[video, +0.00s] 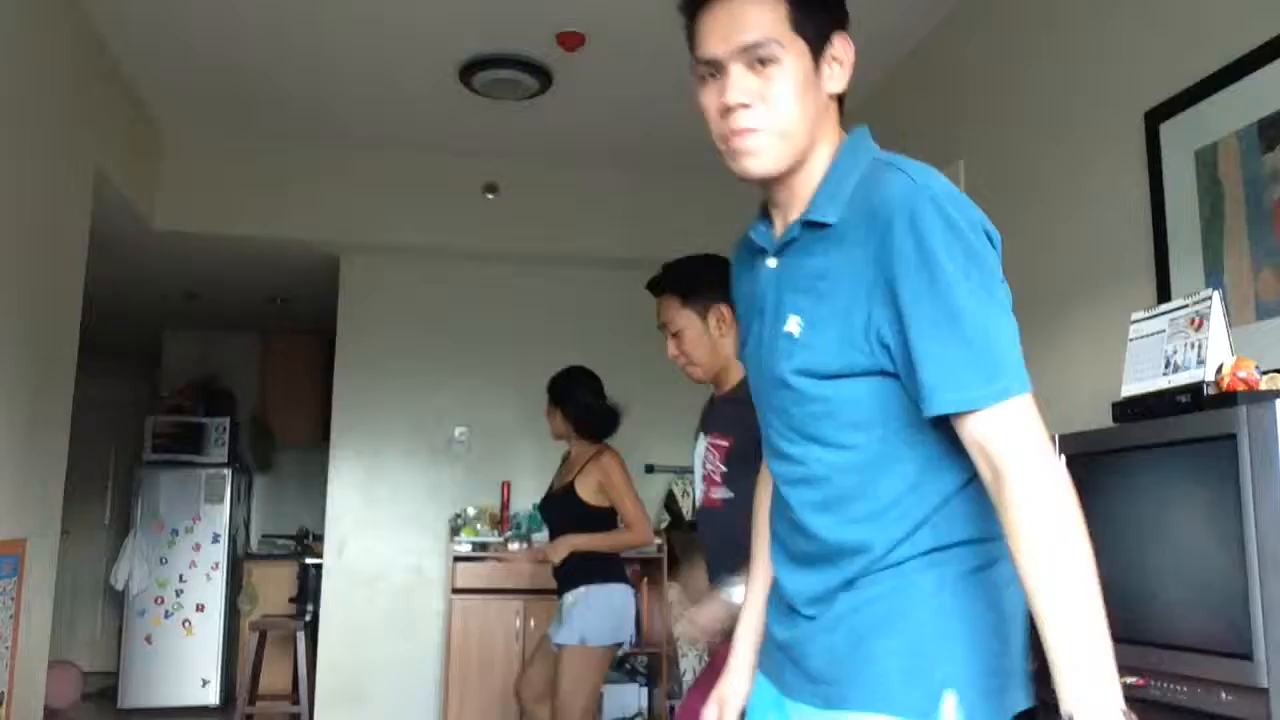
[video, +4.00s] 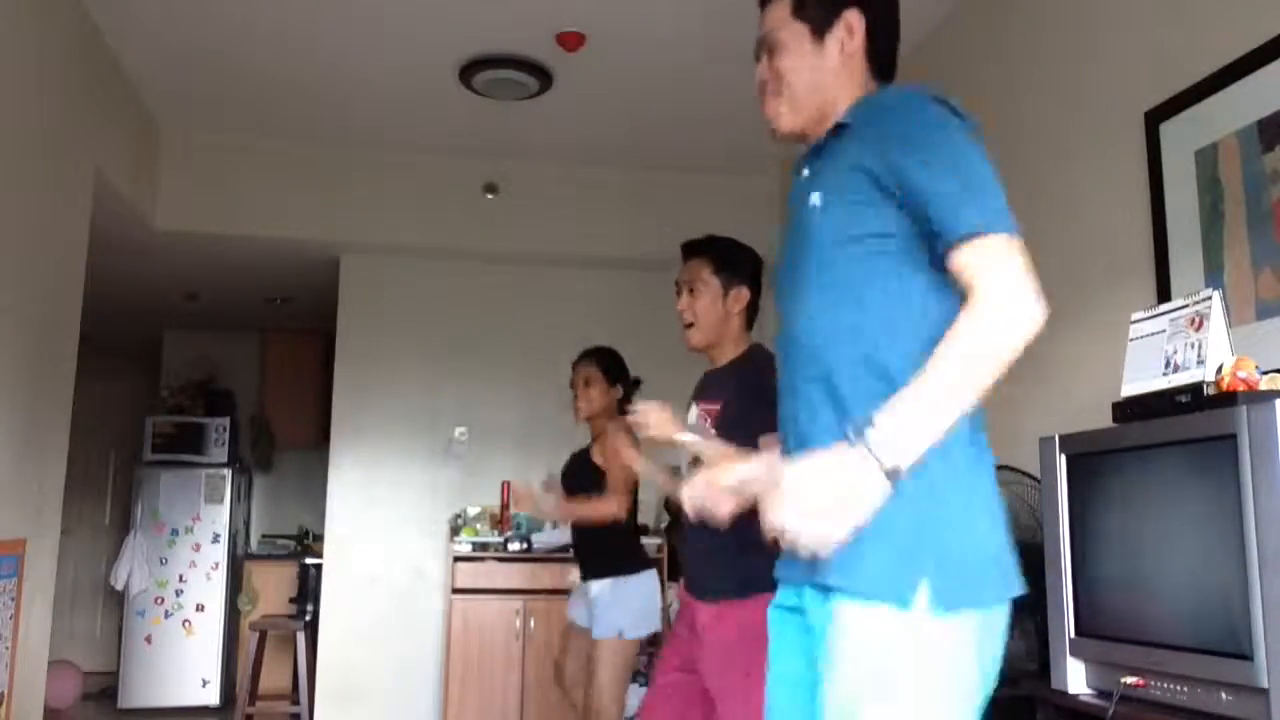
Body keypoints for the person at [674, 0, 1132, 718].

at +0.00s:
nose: (731, 96)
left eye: (762, 60)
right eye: (710, 72)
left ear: (835, 63)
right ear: (696, 90)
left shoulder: (913, 210)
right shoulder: (755, 254)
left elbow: (1019, 459)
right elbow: (782, 466)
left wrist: (1096, 702)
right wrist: (743, 663)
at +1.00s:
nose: (736, 99)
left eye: (749, 71)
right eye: (735, 80)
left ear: (819, 60)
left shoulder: (859, 151)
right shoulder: (803, 192)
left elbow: (916, 335)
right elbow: (845, 412)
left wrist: (730, 410)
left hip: (865, 597)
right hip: (817, 593)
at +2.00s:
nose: (704, 115)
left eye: (716, 89)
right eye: (702, 97)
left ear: (785, 71)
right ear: (780, 76)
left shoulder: (842, 129)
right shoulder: (785, 187)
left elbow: (968, 303)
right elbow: (830, 397)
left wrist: (860, 477)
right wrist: (723, 405)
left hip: (890, 562)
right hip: (798, 553)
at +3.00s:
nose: (756, 148)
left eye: (772, 123)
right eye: (756, 129)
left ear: (843, 119)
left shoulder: (891, 195)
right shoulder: (816, 252)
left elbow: (1016, 360)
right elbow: (837, 433)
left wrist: (825, 453)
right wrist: (736, 426)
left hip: (898, 637)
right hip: (811, 623)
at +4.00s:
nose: (760, 74)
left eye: (772, 47)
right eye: (759, 55)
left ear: (847, 35)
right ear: (840, 39)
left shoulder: (902, 119)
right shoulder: (812, 178)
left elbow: (1011, 299)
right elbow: (861, 398)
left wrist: (870, 462)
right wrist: (762, 466)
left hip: (915, 579)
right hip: (815, 575)